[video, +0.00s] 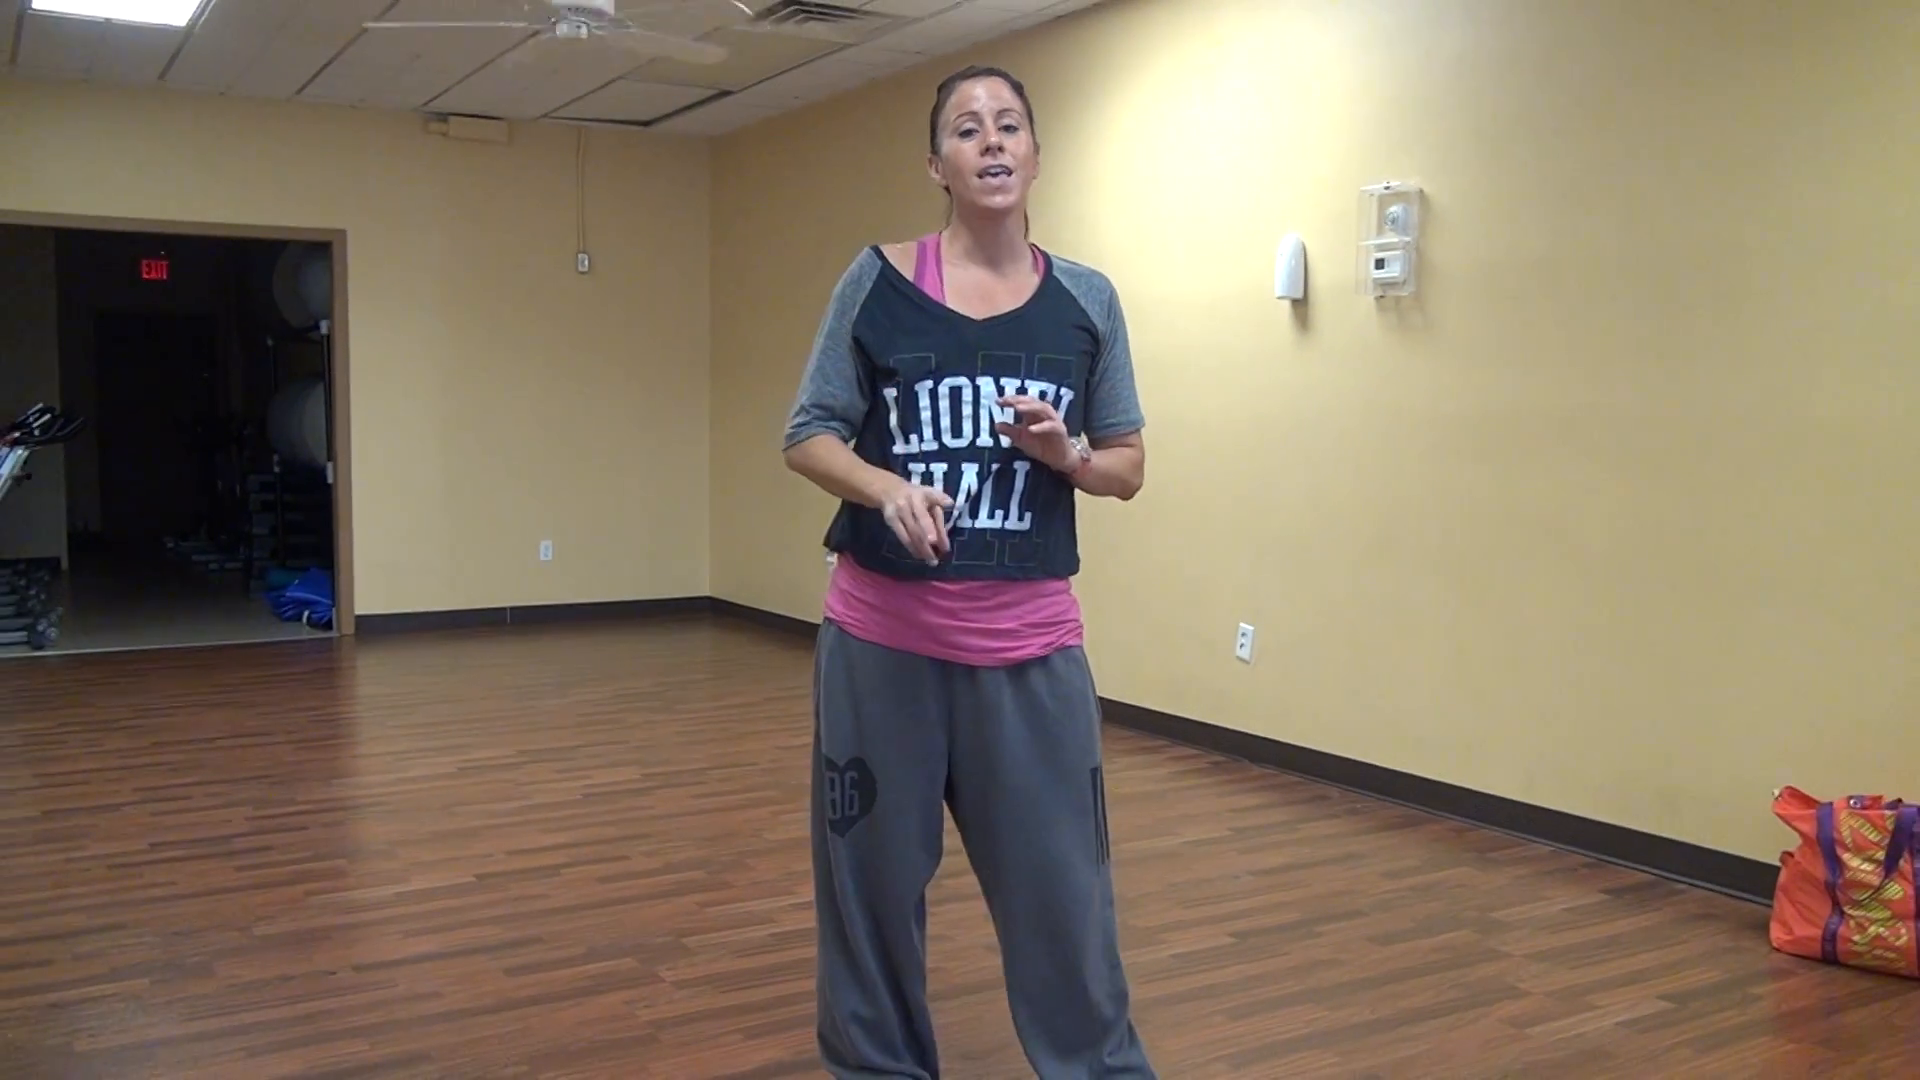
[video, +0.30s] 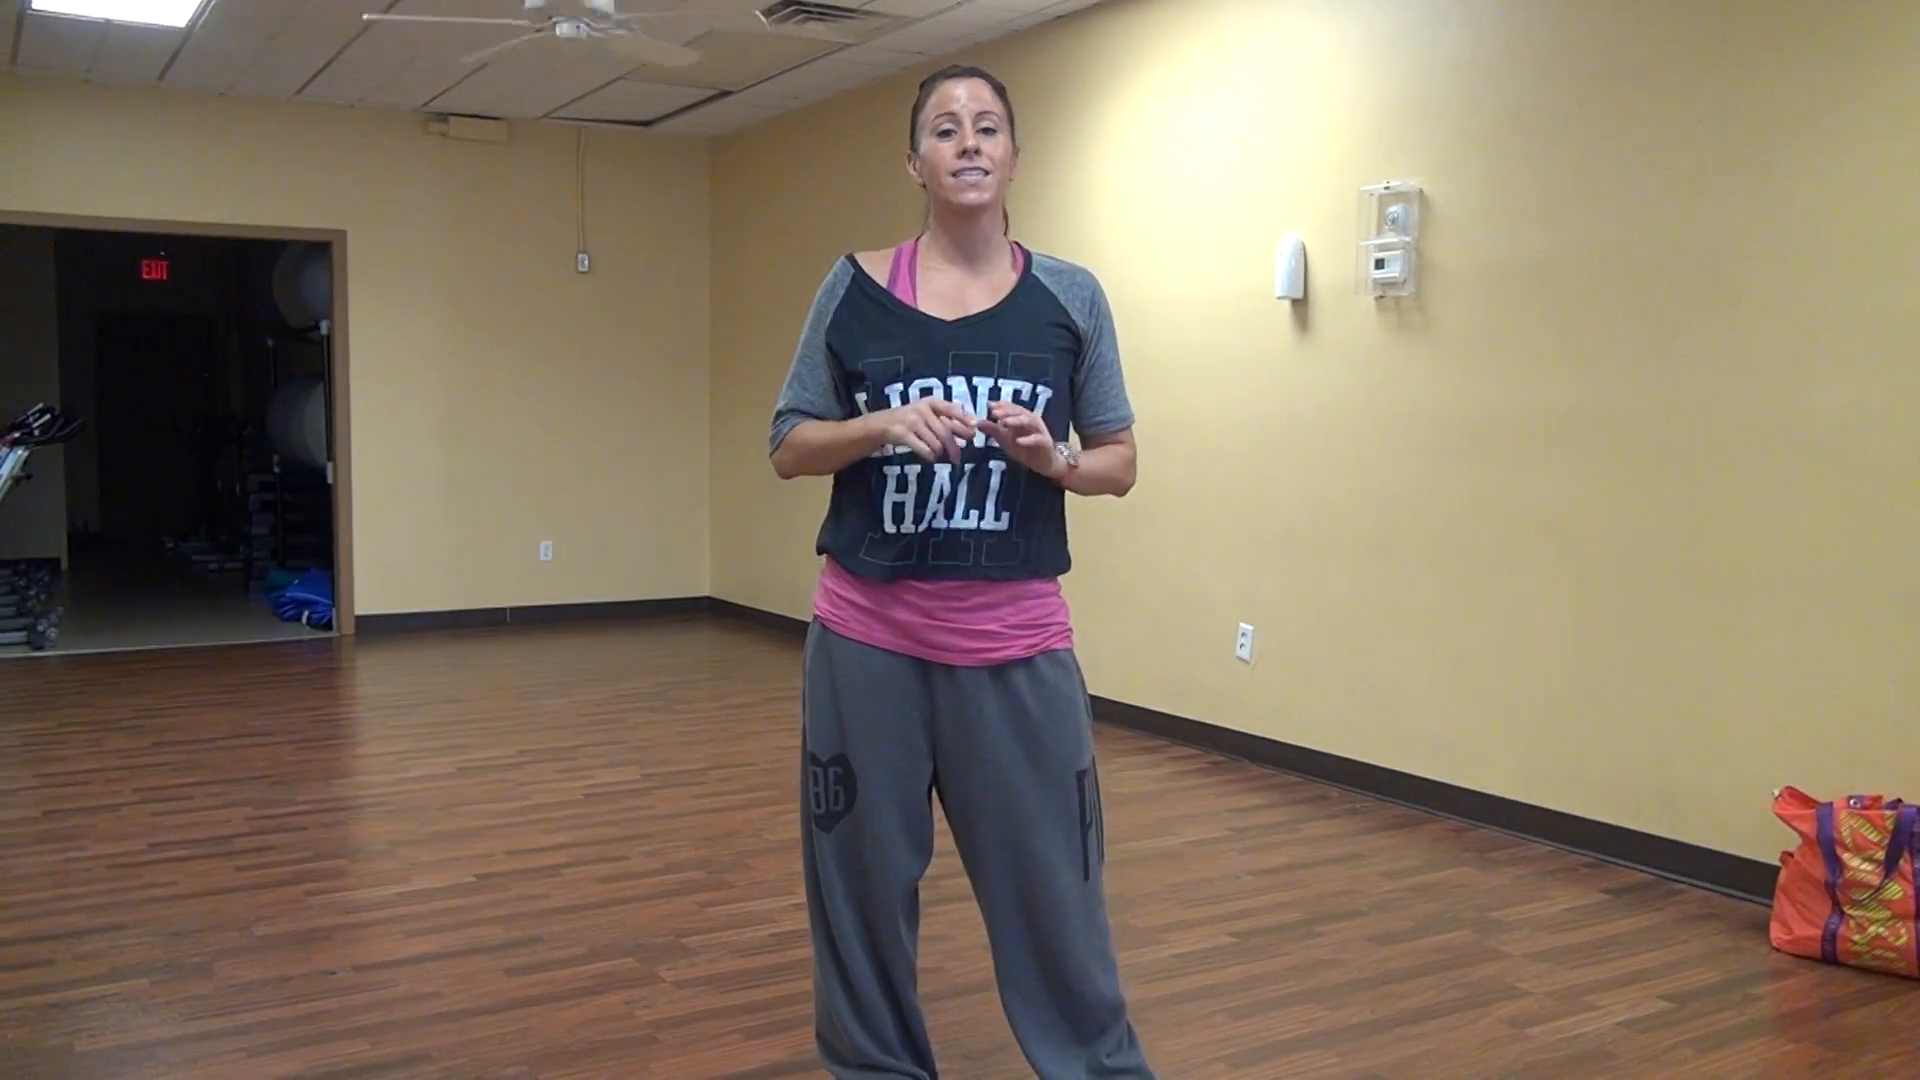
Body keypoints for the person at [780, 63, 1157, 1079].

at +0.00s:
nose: (993, 142)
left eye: (1009, 126)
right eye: (969, 130)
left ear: (1037, 151)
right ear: (936, 163)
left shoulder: (1088, 295)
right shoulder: (879, 278)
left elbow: (1126, 468)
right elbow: (808, 437)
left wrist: (1073, 457)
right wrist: (884, 487)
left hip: (1031, 642)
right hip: (880, 639)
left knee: (1064, 899)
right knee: (869, 894)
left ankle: (1100, 1066)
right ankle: (879, 1066)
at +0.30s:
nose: (968, 144)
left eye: (986, 129)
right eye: (946, 131)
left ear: (1014, 155)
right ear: (916, 161)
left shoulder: (1071, 294)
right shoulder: (855, 286)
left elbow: (1117, 463)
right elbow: (789, 451)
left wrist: (1060, 461)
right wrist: (880, 425)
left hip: (1015, 640)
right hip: (865, 636)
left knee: (1053, 897)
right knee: (861, 892)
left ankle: (1100, 1066)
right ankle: (877, 1067)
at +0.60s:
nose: (959, 148)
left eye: (978, 131)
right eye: (938, 134)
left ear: (1008, 155)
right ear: (911, 161)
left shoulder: (1076, 287)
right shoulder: (861, 291)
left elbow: (1140, 457)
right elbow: (801, 453)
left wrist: (1039, 450)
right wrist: (903, 446)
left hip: (1028, 638)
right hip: (877, 636)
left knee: (1058, 901)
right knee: (865, 897)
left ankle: (1100, 1067)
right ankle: (875, 1067)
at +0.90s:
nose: (971, 148)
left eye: (990, 129)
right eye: (949, 133)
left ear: (1021, 151)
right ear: (923, 160)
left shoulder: (1092, 283)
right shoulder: (877, 294)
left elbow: (1162, 450)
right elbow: (816, 462)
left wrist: (1064, 448)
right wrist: (917, 440)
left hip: (1053, 644)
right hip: (900, 643)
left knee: (1074, 915)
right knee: (879, 911)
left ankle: (1099, 1068)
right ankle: (880, 1068)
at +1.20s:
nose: (983, 149)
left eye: (1001, 130)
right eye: (961, 136)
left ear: (1034, 152)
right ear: (936, 164)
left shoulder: (1105, 282)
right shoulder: (893, 295)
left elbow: (1168, 451)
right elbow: (846, 467)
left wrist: (1094, 437)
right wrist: (919, 408)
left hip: (1070, 640)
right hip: (917, 640)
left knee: (1086, 907)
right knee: (890, 904)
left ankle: (1102, 1069)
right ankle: (882, 1068)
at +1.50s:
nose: (994, 153)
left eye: (1012, 132)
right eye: (971, 137)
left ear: (1042, 152)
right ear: (945, 162)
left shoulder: (1112, 285)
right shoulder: (898, 294)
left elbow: (1171, 452)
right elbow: (847, 463)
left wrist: (1109, 438)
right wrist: (912, 433)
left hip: (1078, 640)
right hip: (925, 639)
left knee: (1092, 902)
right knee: (895, 899)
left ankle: (1104, 1069)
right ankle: (885, 1068)